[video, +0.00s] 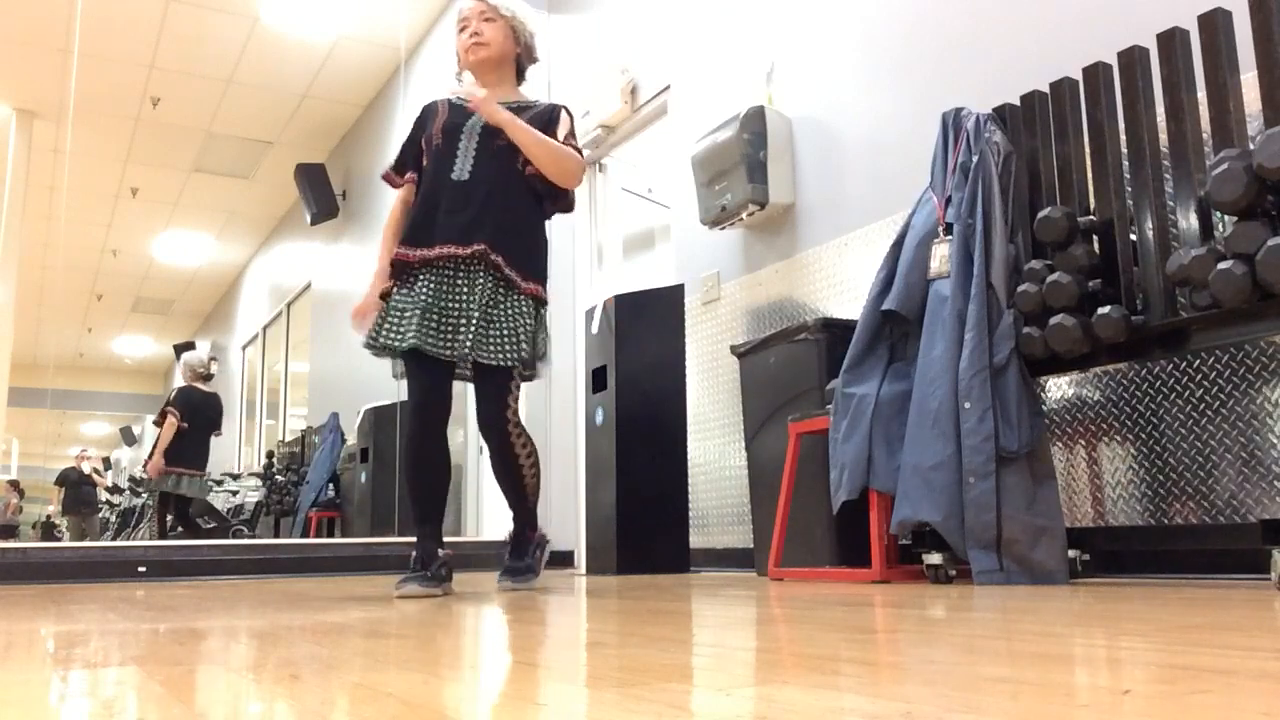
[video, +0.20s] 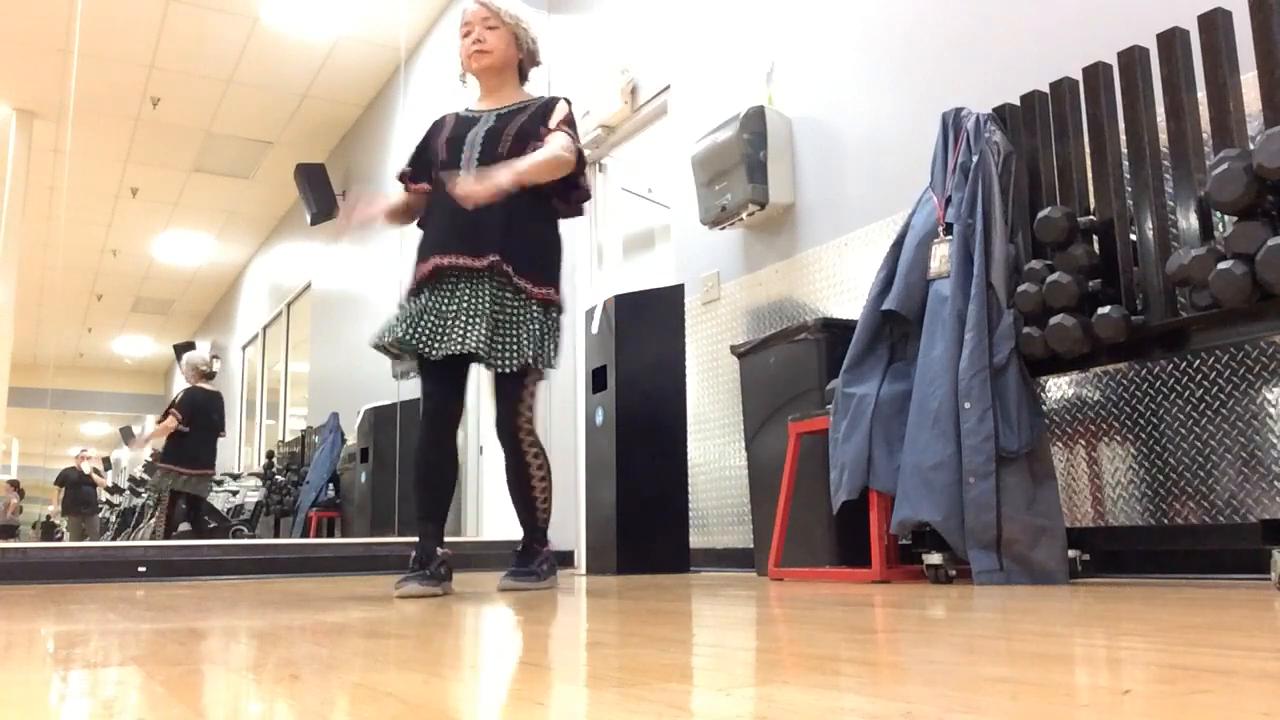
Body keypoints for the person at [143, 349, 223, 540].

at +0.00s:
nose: (181, 372)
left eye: (182, 369)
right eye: (181, 369)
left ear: (188, 371)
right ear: (204, 371)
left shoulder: (182, 393)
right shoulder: (214, 398)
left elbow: (171, 423)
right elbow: (216, 432)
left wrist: (158, 454)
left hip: (171, 467)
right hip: (195, 470)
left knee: (160, 512)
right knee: (182, 514)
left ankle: (160, 554)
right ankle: (204, 545)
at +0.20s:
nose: (183, 374)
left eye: (184, 370)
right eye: (182, 370)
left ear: (193, 371)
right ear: (204, 370)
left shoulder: (188, 394)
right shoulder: (217, 396)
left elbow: (169, 426)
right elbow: (220, 432)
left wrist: (147, 437)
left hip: (176, 466)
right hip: (203, 468)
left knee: (167, 515)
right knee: (196, 515)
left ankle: (160, 556)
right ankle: (204, 557)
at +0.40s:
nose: (186, 373)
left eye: (188, 369)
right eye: (186, 369)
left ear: (196, 369)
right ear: (208, 369)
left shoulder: (193, 392)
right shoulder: (219, 393)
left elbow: (177, 420)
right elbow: (222, 428)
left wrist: (171, 408)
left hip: (190, 464)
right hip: (216, 464)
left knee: (170, 508)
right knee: (205, 509)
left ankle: (168, 551)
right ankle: (214, 551)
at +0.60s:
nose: (188, 371)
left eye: (190, 367)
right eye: (189, 367)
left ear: (197, 368)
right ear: (211, 368)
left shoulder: (192, 391)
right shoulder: (222, 393)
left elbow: (168, 417)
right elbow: (226, 426)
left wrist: (162, 410)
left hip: (193, 466)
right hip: (219, 465)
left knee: (184, 512)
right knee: (205, 507)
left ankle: (189, 555)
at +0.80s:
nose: (188, 371)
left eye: (189, 367)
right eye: (188, 367)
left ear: (196, 368)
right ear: (212, 368)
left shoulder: (194, 390)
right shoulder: (221, 392)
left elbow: (163, 412)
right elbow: (230, 423)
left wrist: (182, 421)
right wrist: (210, 424)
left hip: (194, 467)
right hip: (220, 467)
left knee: (185, 510)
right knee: (206, 508)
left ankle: (189, 553)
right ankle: (214, 549)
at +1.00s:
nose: (189, 370)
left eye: (190, 365)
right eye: (189, 366)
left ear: (197, 367)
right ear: (213, 367)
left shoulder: (194, 390)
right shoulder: (221, 391)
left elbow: (184, 422)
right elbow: (225, 425)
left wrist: (165, 437)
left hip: (193, 465)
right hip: (219, 464)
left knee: (180, 510)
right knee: (211, 511)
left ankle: (194, 551)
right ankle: (217, 554)